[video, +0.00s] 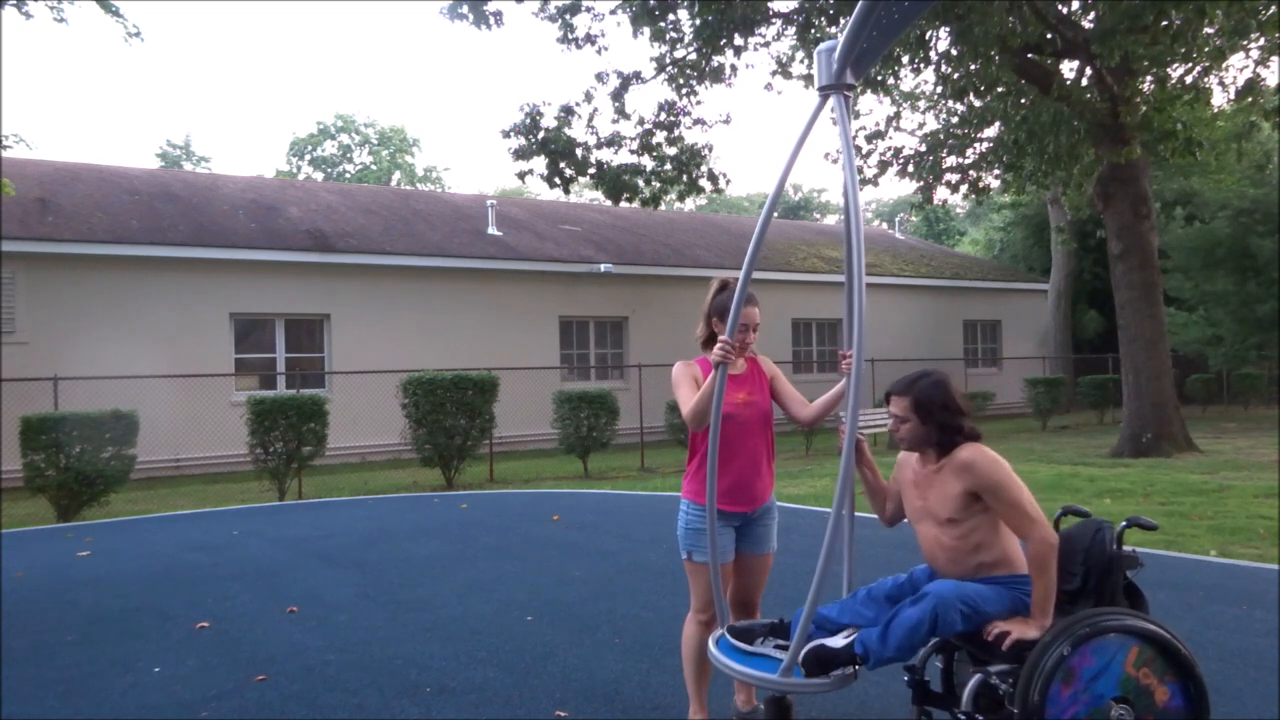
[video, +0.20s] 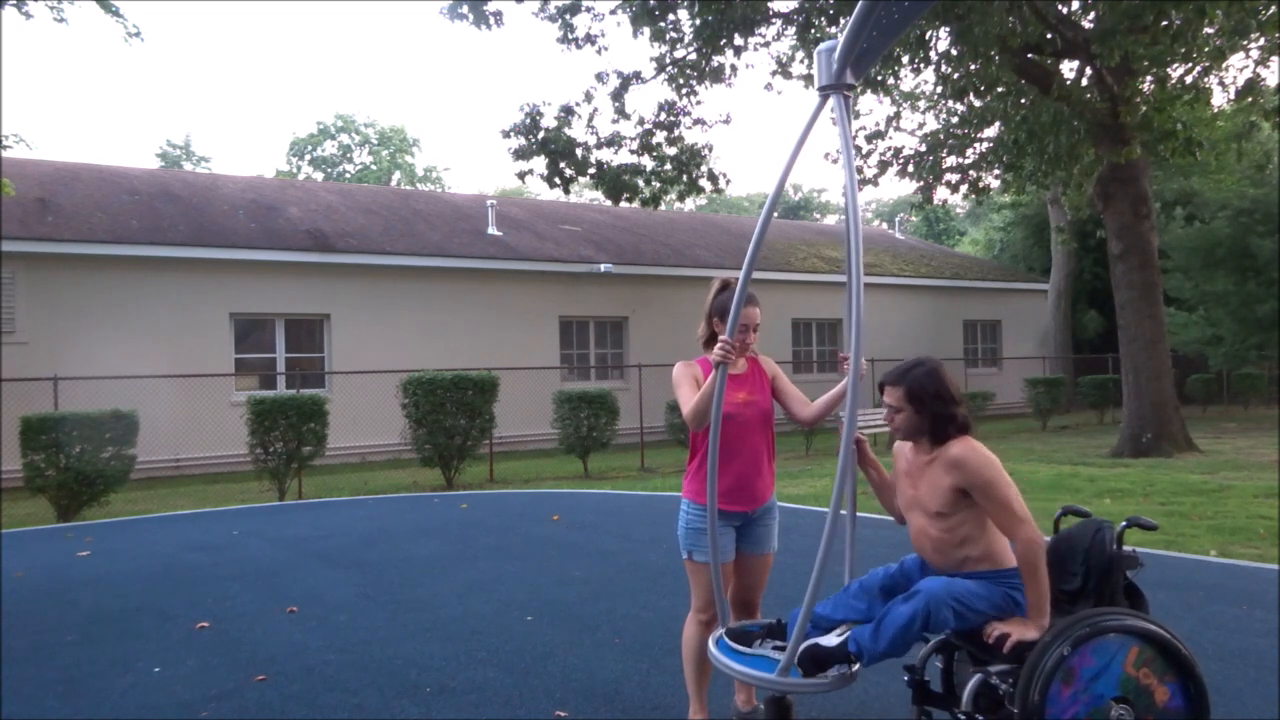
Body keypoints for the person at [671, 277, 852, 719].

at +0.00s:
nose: (747, 336)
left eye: (754, 328)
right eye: (740, 327)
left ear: (759, 326)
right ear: (715, 325)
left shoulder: (763, 365)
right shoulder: (689, 368)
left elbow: (807, 415)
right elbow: (694, 416)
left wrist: (848, 379)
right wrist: (719, 368)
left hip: (760, 507)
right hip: (706, 509)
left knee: (746, 608)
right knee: (705, 614)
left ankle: (745, 696)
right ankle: (697, 709)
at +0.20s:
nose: (749, 337)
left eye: (754, 328)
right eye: (740, 328)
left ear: (759, 326)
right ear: (716, 325)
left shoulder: (764, 366)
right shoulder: (689, 369)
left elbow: (807, 413)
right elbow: (695, 418)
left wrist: (847, 380)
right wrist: (719, 370)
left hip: (760, 507)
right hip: (707, 509)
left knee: (747, 609)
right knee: (705, 614)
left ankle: (745, 696)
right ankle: (697, 708)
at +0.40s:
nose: (748, 337)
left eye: (754, 328)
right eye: (740, 328)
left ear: (759, 326)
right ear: (716, 325)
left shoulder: (765, 366)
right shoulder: (690, 369)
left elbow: (809, 413)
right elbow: (695, 417)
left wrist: (848, 380)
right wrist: (719, 370)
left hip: (760, 507)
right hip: (706, 509)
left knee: (748, 608)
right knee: (706, 614)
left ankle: (745, 696)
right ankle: (697, 708)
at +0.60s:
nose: (748, 337)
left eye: (755, 329)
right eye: (740, 328)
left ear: (760, 327)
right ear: (716, 325)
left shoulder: (764, 365)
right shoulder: (690, 369)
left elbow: (808, 413)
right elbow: (696, 417)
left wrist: (848, 379)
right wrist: (719, 370)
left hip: (760, 506)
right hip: (707, 508)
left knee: (748, 608)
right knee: (706, 614)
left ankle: (746, 696)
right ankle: (697, 709)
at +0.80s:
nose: (747, 338)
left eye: (754, 329)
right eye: (740, 329)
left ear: (759, 327)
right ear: (716, 325)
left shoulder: (764, 365)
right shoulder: (690, 369)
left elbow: (808, 413)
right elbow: (695, 416)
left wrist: (847, 379)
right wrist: (719, 370)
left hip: (761, 506)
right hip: (708, 508)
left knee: (748, 608)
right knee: (706, 614)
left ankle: (746, 696)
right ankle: (698, 709)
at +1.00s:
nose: (747, 338)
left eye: (754, 330)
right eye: (740, 329)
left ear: (760, 327)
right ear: (716, 325)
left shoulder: (764, 365)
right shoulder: (690, 369)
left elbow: (808, 413)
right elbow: (695, 416)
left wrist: (847, 379)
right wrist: (719, 370)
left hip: (762, 506)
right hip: (710, 508)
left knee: (749, 609)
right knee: (710, 616)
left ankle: (746, 697)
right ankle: (698, 710)